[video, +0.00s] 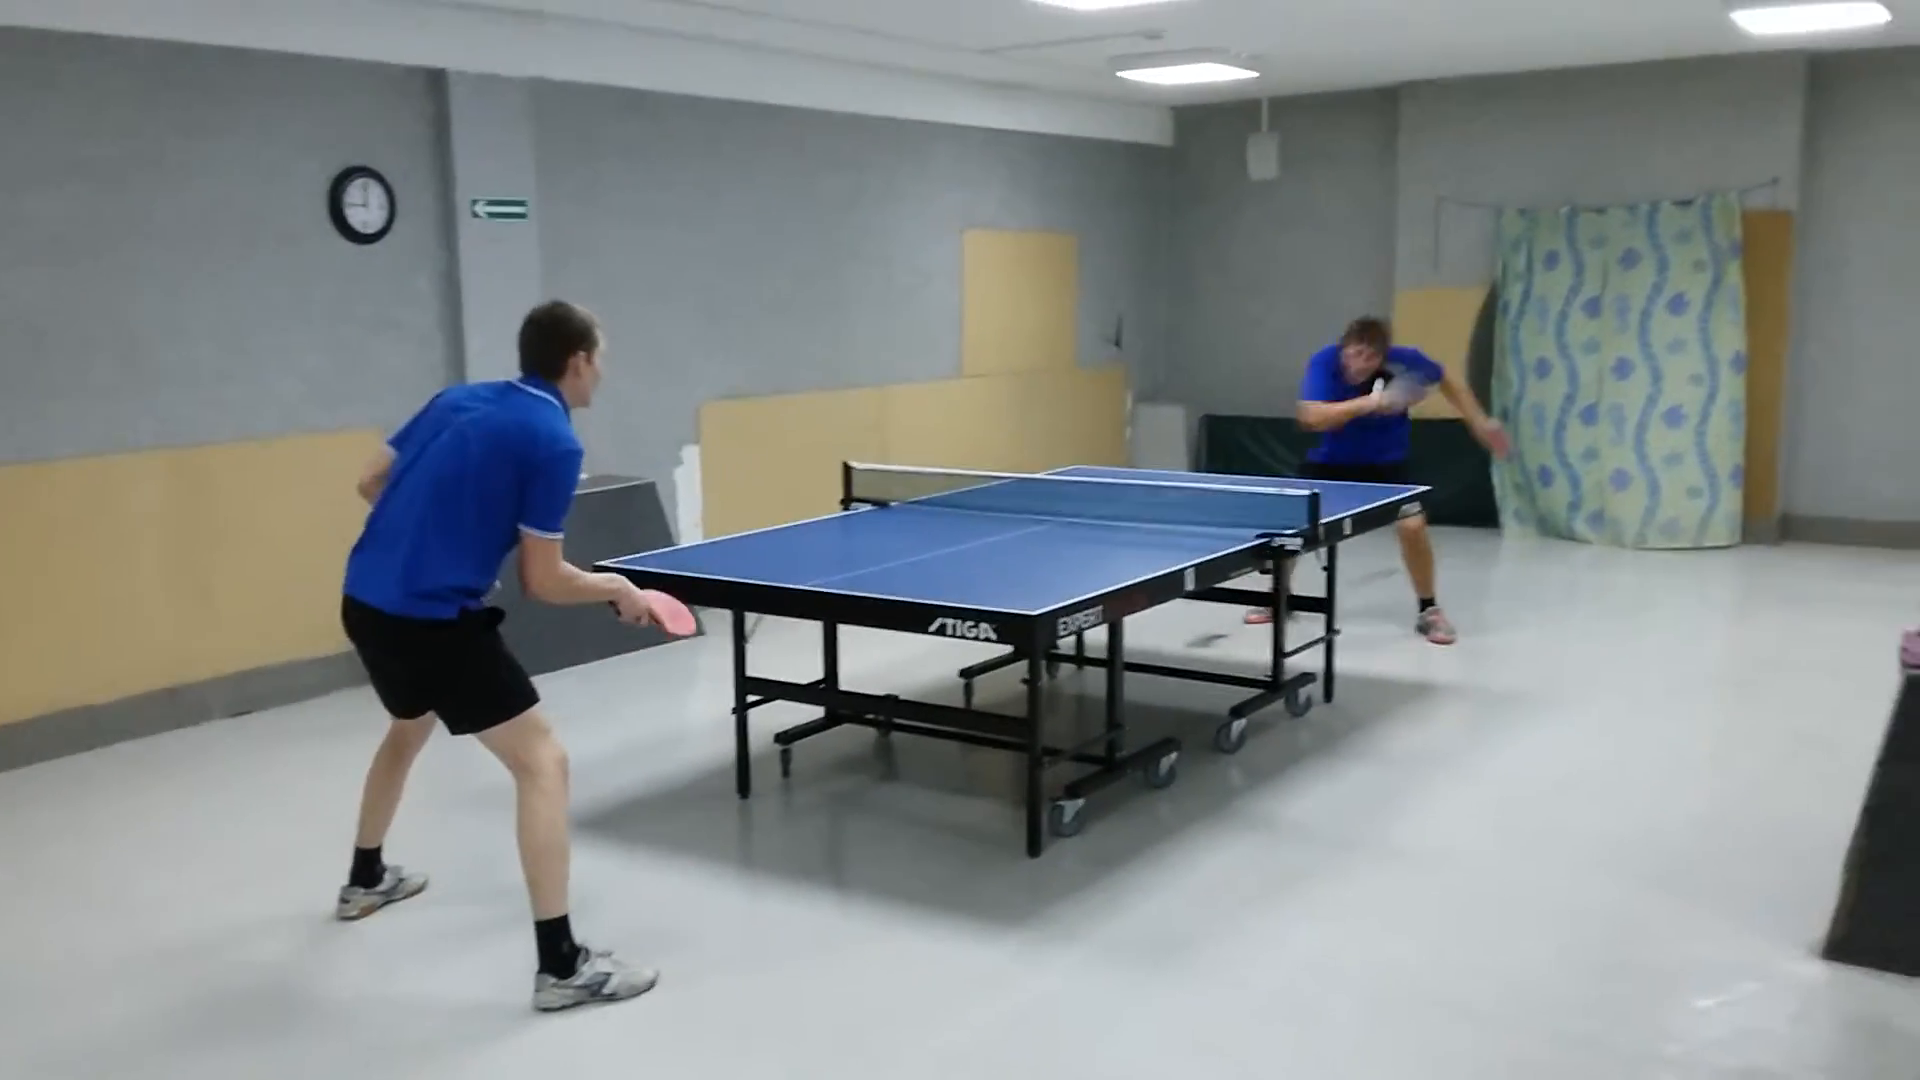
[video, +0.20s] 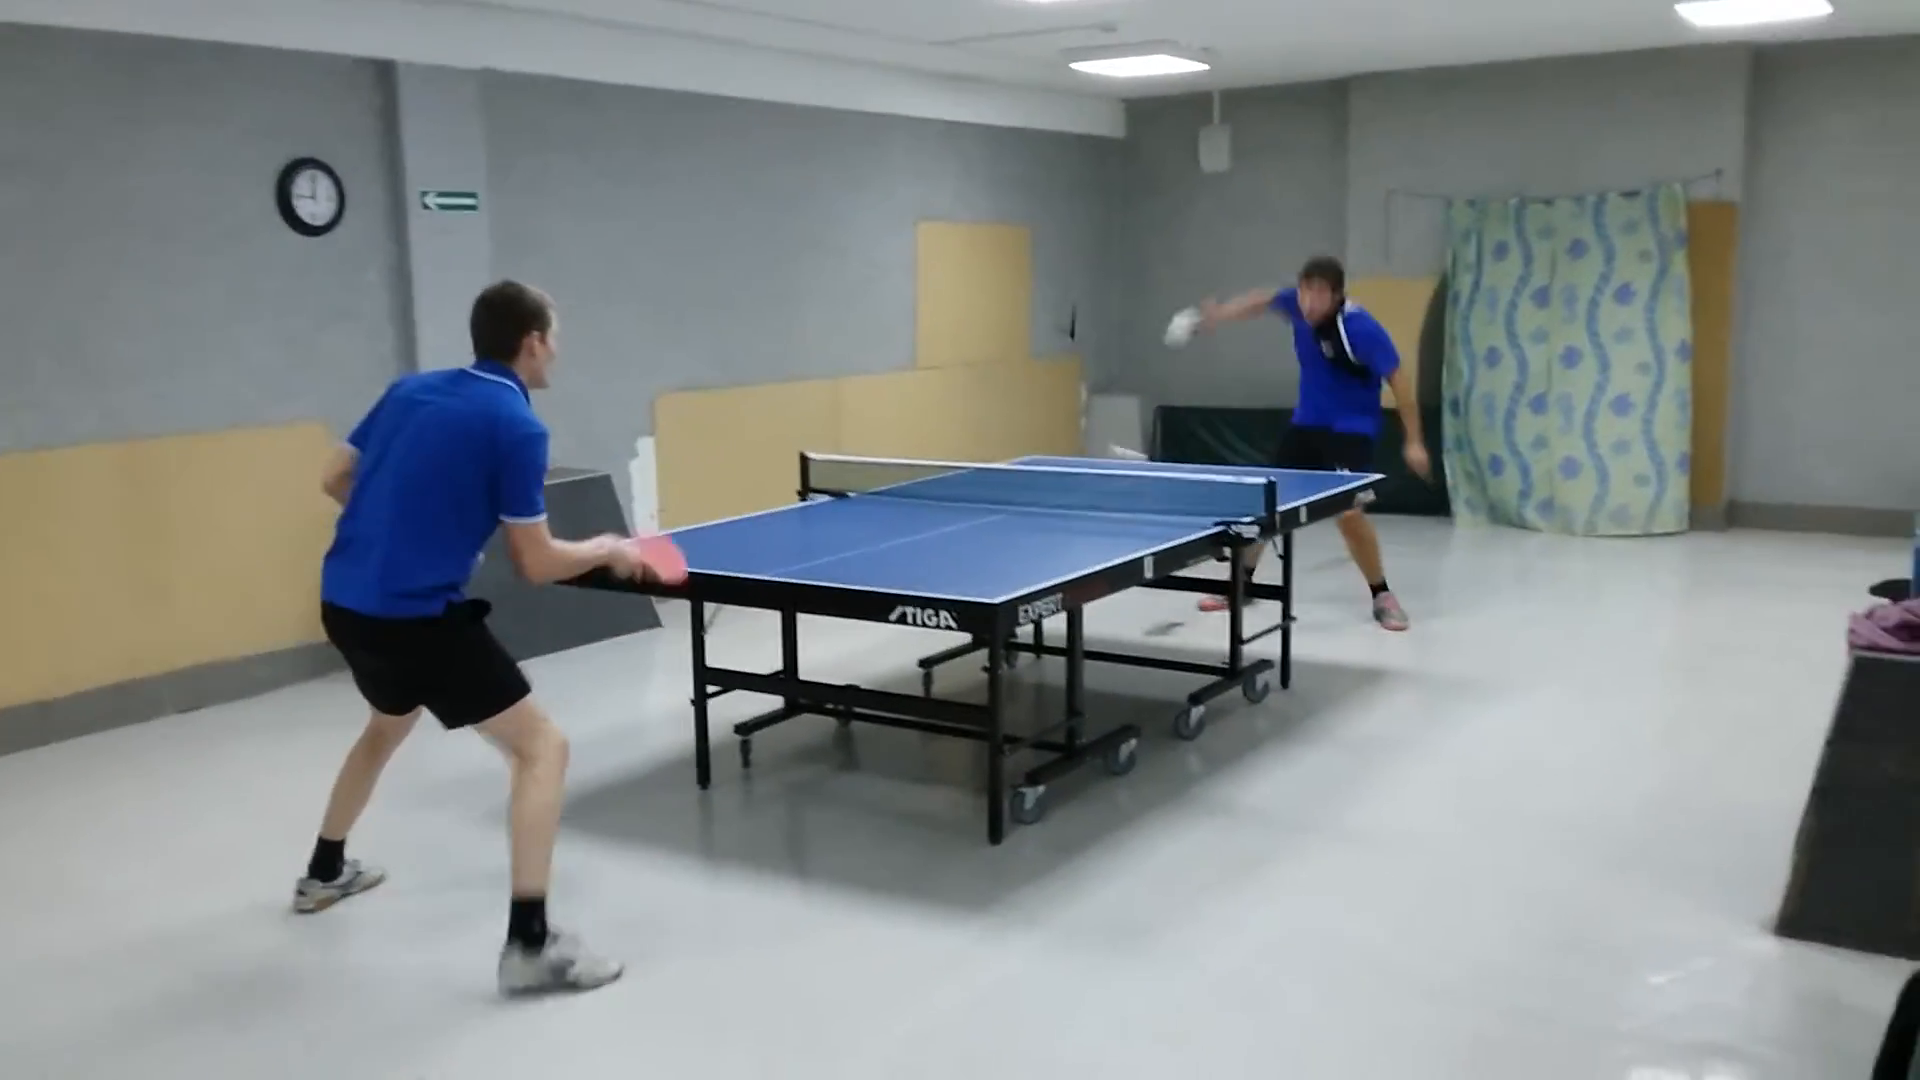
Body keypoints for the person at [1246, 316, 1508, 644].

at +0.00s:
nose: (1359, 364)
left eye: (1368, 358)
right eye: (1355, 355)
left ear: (1382, 356)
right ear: (1345, 348)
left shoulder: (1403, 361)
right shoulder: (1324, 363)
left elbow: (1445, 379)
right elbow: (1310, 417)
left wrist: (1479, 422)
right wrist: (1370, 402)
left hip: (1388, 467)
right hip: (1328, 467)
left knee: (1413, 524)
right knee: (1289, 520)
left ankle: (1428, 610)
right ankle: (1276, 598)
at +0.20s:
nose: (1310, 301)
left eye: (1318, 293)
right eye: (1306, 292)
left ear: (1336, 294)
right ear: (1300, 291)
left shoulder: (1359, 327)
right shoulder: (1296, 305)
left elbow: (1399, 380)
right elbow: (1256, 304)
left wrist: (1413, 441)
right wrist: (1210, 316)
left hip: (1351, 434)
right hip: (1305, 428)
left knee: (1348, 512)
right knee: (1265, 503)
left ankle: (1382, 596)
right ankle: (1238, 588)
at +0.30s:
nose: (1311, 255)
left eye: (1320, 248)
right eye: (1308, 247)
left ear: (1340, 253)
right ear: (1306, 251)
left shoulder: (1352, 289)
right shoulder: (1315, 281)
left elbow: (1384, 347)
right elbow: (1306, 264)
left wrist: (1383, 413)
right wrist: (1267, 269)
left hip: (1342, 412)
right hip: (1301, 406)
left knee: (1344, 495)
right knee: (1269, 485)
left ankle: (1375, 578)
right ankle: (1264, 561)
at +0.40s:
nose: (1312, 238)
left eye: (1321, 232)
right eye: (1308, 231)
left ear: (1340, 240)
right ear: (1304, 235)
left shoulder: (1348, 276)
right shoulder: (1317, 270)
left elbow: (1371, 335)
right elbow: (1316, 276)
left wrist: (1351, 392)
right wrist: (1293, 273)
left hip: (1332, 396)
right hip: (1297, 392)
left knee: (1337, 481)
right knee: (1281, 471)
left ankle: (1369, 570)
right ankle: (1303, 542)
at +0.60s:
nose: (1315, 240)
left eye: (1323, 231)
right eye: (1311, 230)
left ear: (1342, 234)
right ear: (1306, 235)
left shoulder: (1351, 280)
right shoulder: (1319, 278)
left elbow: (1366, 348)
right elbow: (1316, 337)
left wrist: (1334, 392)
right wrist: (1284, 357)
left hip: (1347, 399)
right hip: (1319, 394)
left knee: (1337, 487)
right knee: (1314, 485)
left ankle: (1362, 580)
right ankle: (1326, 565)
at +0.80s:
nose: (1332, 239)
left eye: (1341, 231)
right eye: (1327, 230)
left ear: (1359, 233)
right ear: (1320, 233)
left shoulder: (1385, 269)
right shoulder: (1316, 273)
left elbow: (1411, 320)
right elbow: (1297, 317)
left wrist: (1385, 374)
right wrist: (1283, 361)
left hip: (1392, 375)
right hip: (1345, 377)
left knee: (1392, 453)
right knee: (1336, 457)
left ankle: (1415, 549)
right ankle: (1339, 538)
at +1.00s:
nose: (1339, 276)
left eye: (1348, 268)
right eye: (1335, 266)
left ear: (1366, 271)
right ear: (1327, 269)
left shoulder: (1396, 302)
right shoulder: (1318, 312)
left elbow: (1437, 345)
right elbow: (1289, 357)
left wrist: (1428, 401)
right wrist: (1301, 395)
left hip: (1401, 415)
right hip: (1346, 416)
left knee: (1427, 484)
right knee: (1318, 480)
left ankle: (1474, 569)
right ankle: (1313, 554)